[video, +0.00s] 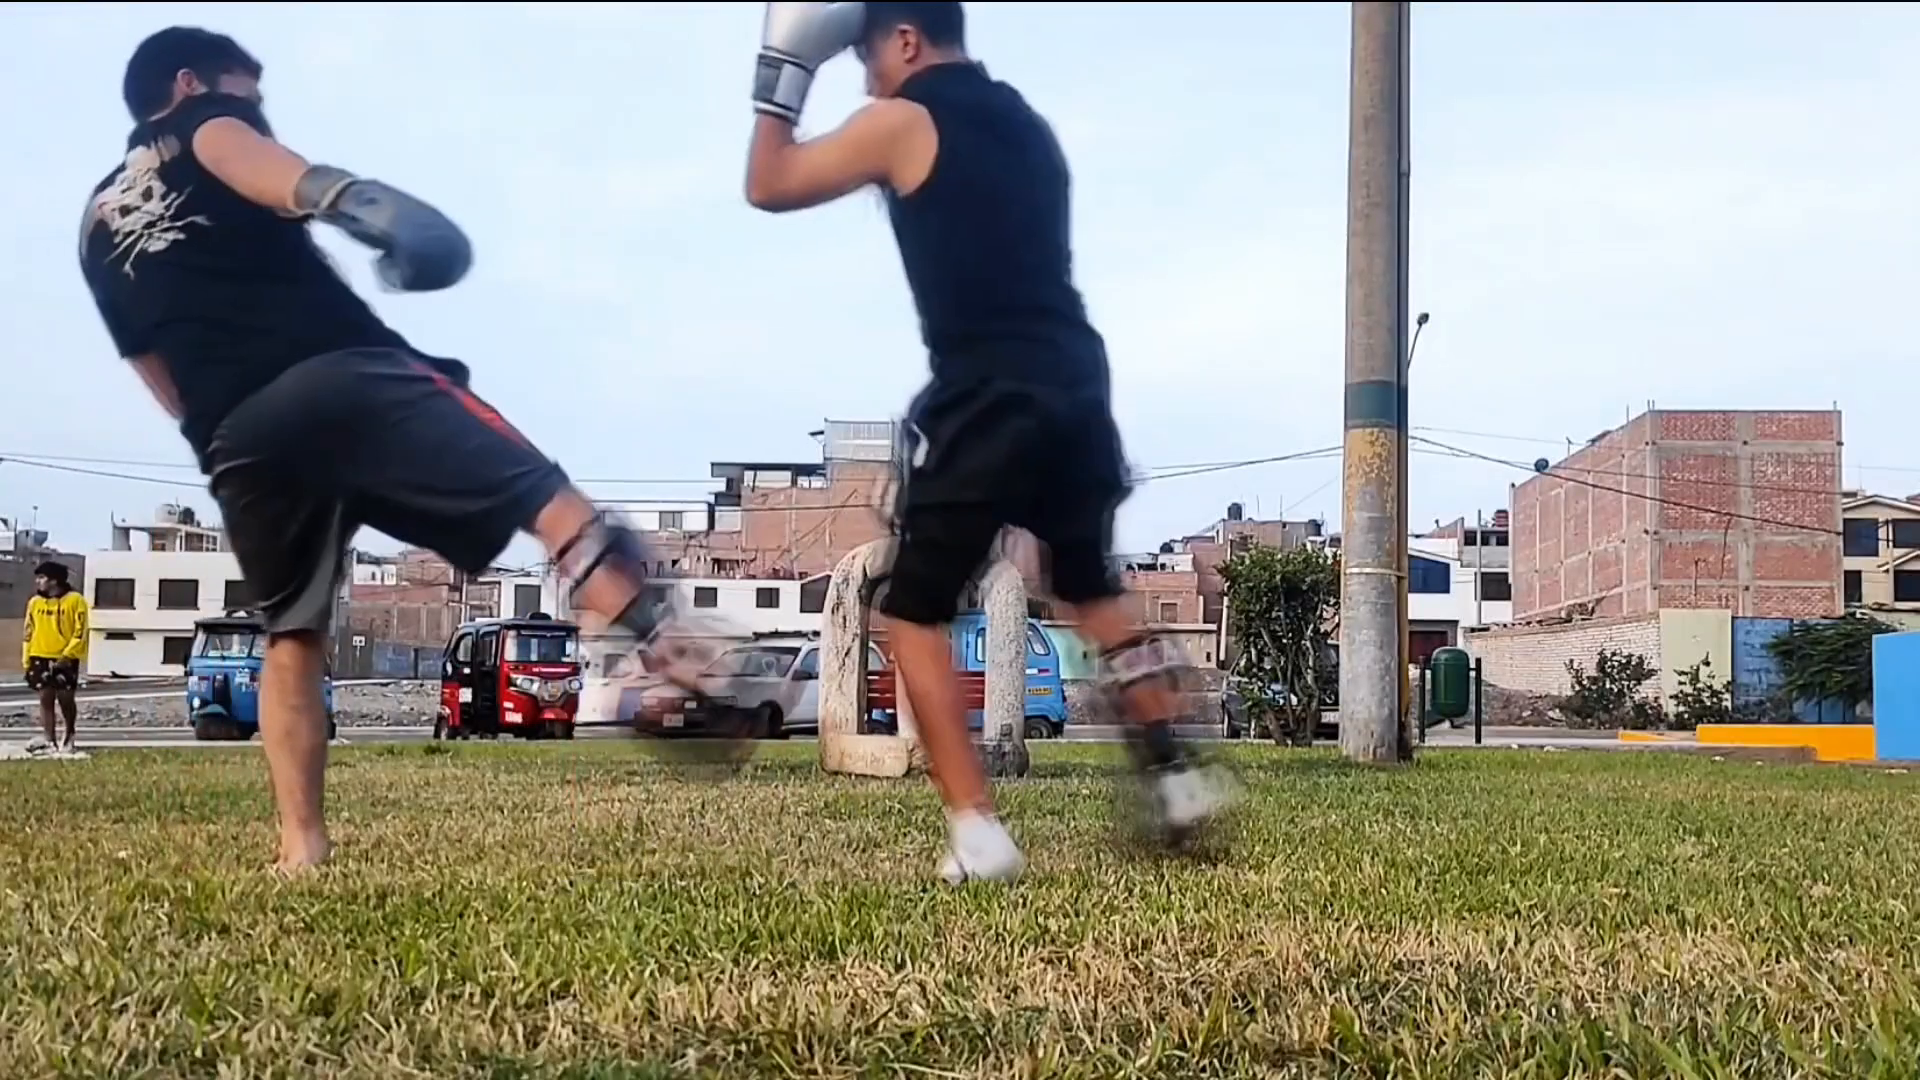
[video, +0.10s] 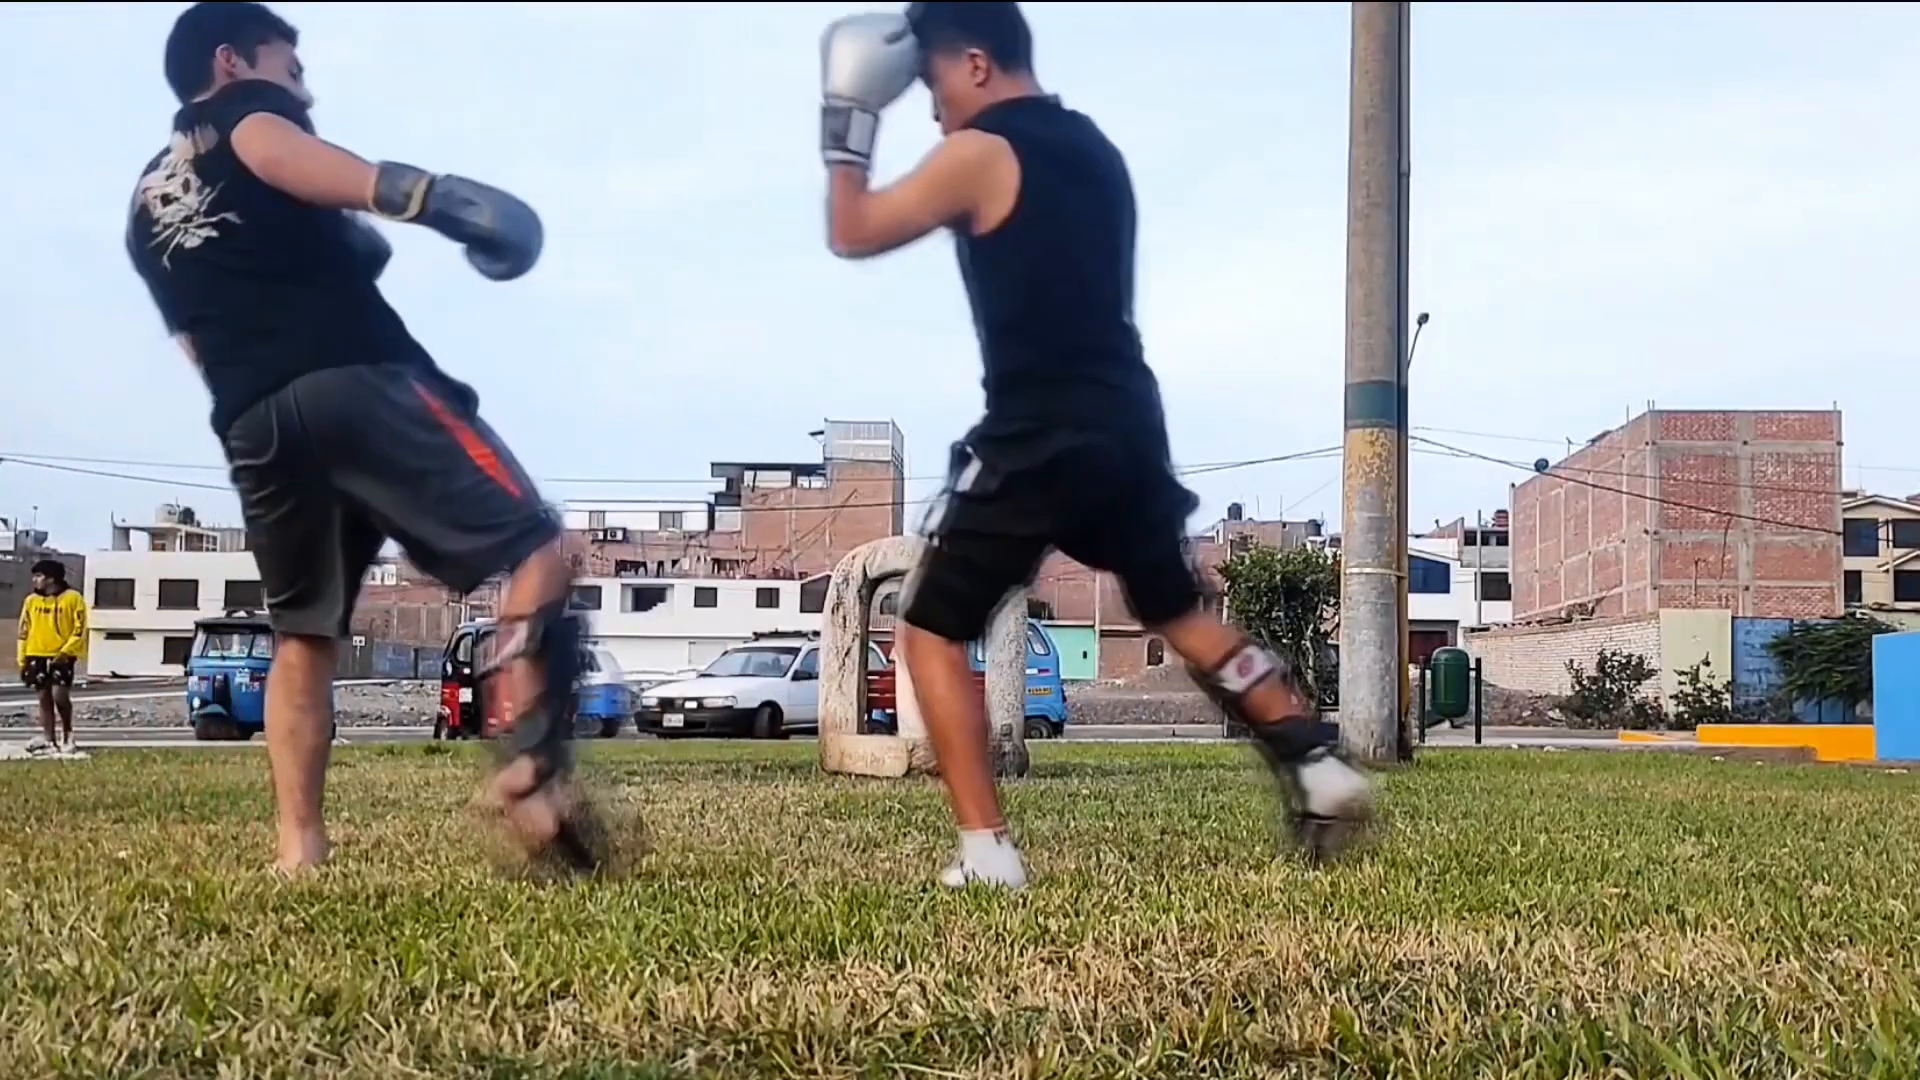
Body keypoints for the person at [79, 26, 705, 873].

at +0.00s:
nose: (258, 113)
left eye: (257, 100)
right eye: (247, 96)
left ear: (153, 101)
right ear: (187, 83)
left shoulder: (96, 225)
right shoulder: (204, 124)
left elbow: (169, 390)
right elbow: (250, 166)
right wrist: (352, 197)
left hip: (236, 437)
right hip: (334, 368)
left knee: (291, 639)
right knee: (543, 498)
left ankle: (301, 850)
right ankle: (671, 643)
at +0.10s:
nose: (300, 80)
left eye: (297, 66)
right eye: (287, 61)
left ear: (204, 73)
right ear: (229, 58)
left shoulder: (146, 199)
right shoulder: (244, 110)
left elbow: (194, 344)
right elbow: (280, 157)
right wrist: (436, 194)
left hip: (253, 423)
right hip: (349, 377)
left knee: (302, 633)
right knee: (534, 547)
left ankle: (299, 849)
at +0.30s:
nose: (371, 84)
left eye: (362, 66)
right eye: (351, 64)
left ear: (279, 79)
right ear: (292, 71)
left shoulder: (230, 185)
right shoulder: (308, 142)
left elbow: (317, 291)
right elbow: (343, 236)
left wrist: (400, 221)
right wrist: (465, 195)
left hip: (267, 447)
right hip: (345, 435)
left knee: (353, 631)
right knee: (480, 615)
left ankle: (212, 791)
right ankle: (470, 844)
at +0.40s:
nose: (361, 67)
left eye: (355, 51)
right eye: (341, 47)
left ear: (283, 59)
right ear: (278, 56)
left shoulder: (293, 161)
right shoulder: (259, 131)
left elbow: (346, 322)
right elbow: (299, 245)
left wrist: (397, 244)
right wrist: (398, 180)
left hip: (270, 424)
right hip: (298, 416)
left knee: (340, 648)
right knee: (405, 610)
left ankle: (174, 824)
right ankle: (455, 843)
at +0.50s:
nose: (339, 53)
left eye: (337, 37)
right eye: (317, 34)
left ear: (279, 54)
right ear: (255, 50)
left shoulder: (308, 160)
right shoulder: (219, 127)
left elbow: (369, 307)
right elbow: (265, 223)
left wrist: (395, 203)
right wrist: (338, 117)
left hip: (284, 403)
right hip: (239, 400)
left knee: (308, 642)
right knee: (363, 569)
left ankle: (170, 828)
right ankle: (325, 820)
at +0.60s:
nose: (311, 22)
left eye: (314, 11)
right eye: (291, 8)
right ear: (234, 21)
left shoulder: (302, 154)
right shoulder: (195, 97)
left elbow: (361, 284)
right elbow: (236, 193)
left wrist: (381, 178)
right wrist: (299, 84)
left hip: (282, 386)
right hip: (214, 372)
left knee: (287, 597)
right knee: (277, 570)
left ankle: (177, 803)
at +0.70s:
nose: (296, 20)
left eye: (300, 10)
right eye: (281, 5)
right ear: (223, 11)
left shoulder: (290, 147)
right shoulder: (174, 82)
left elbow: (343, 277)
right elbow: (203, 190)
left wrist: (366, 172)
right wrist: (270, 80)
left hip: (278, 399)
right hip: (189, 378)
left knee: (319, 584)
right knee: (160, 580)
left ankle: (209, 784)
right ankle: (24, 748)